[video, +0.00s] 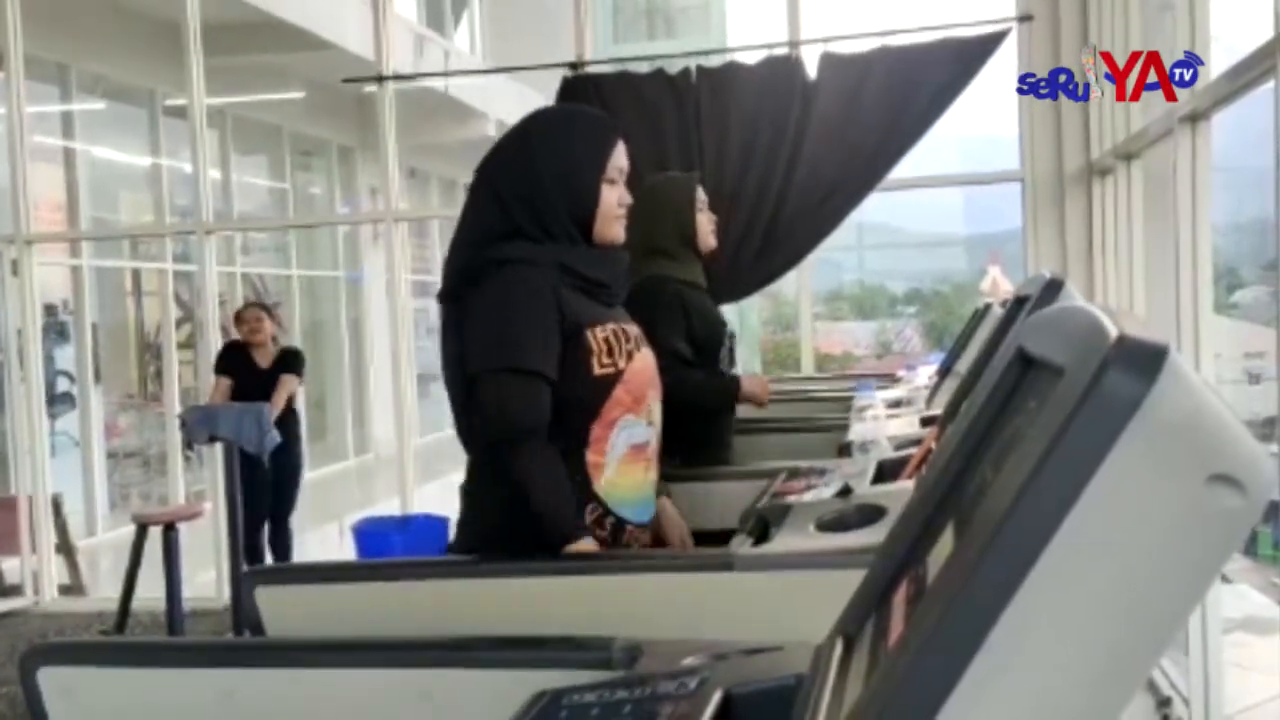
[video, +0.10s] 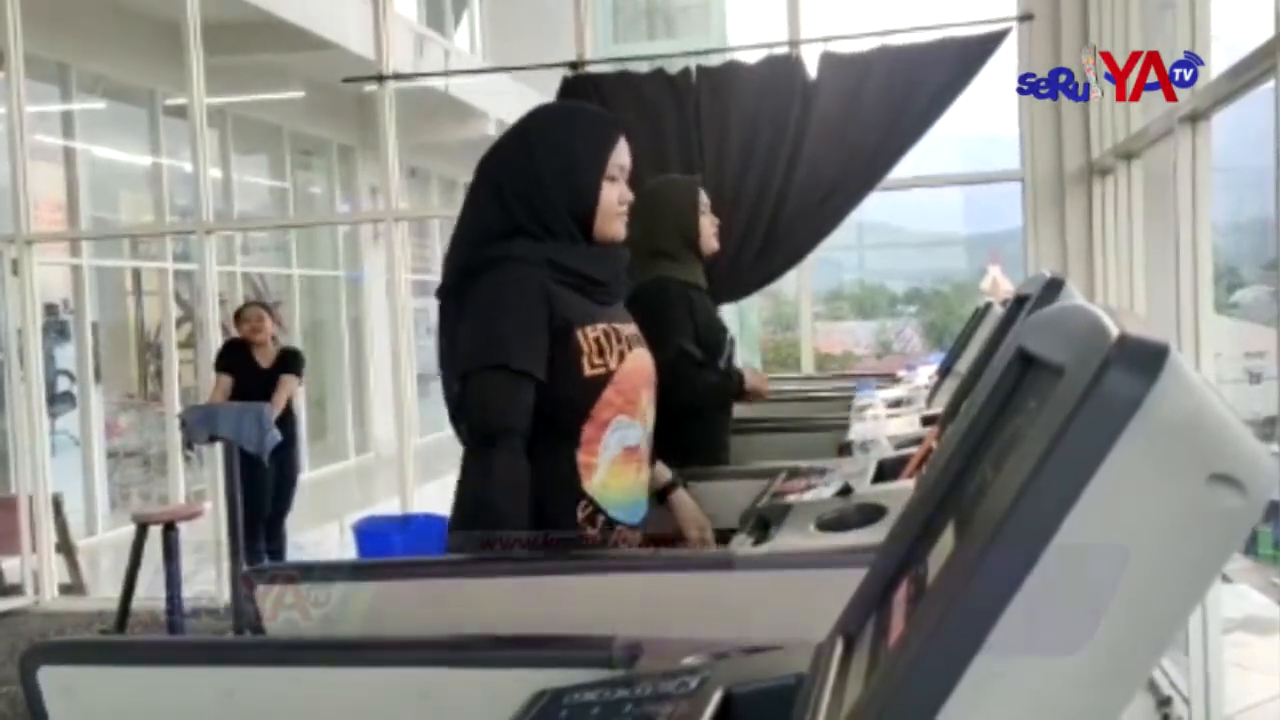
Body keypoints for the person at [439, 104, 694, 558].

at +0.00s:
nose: (627, 198)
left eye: (624, 182)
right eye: (612, 181)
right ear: (564, 182)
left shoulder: (585, 280)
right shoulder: (518, 285)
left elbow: (586, 418)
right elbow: (514, 437)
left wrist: (653, 501)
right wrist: (572, 539)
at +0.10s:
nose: (628, 195)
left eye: (626, 179)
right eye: (612, 178)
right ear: (564, 179)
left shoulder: (589, 279)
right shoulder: (510, 284)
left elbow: (600, 418)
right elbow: (496, 444)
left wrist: (668, 488)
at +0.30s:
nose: (631, 220)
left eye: (629, 204)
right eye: (616, 203)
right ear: (568, 202)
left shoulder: (596, 304)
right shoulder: (507, 310)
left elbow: (606, 437)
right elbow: (472, 466)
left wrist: (700, 475)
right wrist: (443, 584)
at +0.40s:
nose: (633, 220)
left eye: (630, 204)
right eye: (619, 203)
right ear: (571, 201)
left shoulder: (594, 303)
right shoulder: (513, 311)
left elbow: (611, 438)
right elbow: (484, 471)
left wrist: (715, 462)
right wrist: (460, 585)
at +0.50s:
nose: (634, 207)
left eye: (632, 192)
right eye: (621, 191)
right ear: (571, 188)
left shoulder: (587, 287)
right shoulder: (518, 294)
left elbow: (618, 421)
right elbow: (508, 458)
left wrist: (729, 443)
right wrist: (513, 581)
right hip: (562, 550)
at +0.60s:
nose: (630, 202)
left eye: (629, 186)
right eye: (618, 186)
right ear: (567, 183)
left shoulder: (580, 278)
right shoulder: (517, 284)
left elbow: (622, 406)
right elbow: (524, 449)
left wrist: (740, 438)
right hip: (532, 550)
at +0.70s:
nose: (631, 207)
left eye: (628, 191)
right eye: (619, 190)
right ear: (573, 187)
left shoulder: (585, 283)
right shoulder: (527, 286)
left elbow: (630, 408)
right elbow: (547, 434)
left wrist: (741, 435)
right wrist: (645, 518)